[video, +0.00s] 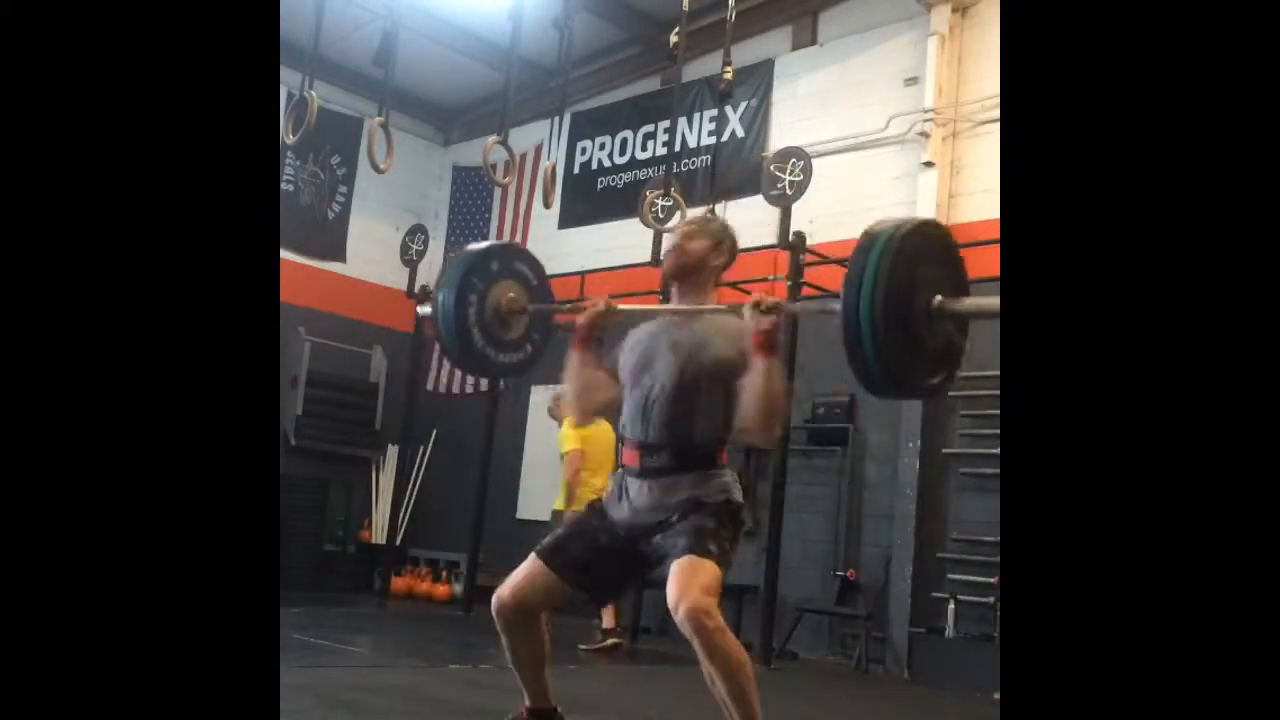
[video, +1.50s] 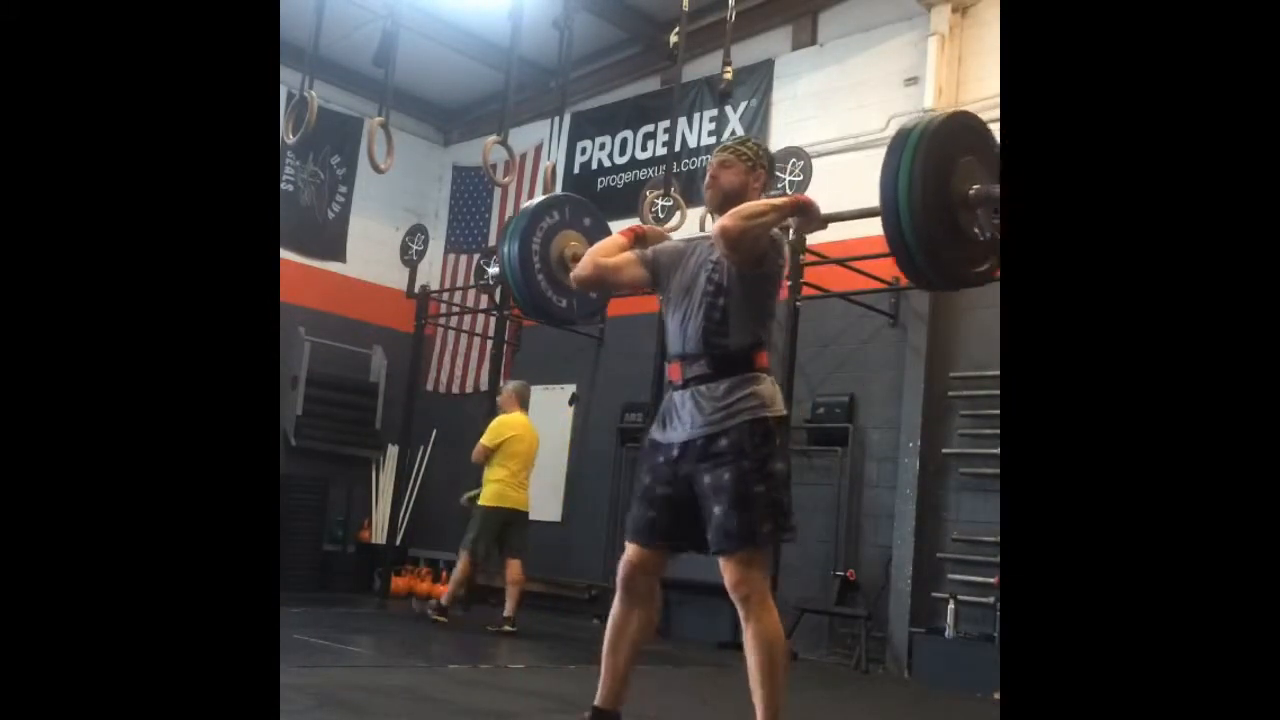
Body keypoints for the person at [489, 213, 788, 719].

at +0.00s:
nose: (672, 243)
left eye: (690, 234)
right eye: (673, 235)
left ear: (721, 255)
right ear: (666, 255)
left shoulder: (736, 329)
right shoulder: (641, 335)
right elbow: (581, 406)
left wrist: (765, 346)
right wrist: (583, 340)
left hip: (699, 499)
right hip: (625, 500)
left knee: (692, 609)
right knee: (511, 603)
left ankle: (749, 716)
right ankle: (539, 707)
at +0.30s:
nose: (677, 261)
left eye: (692, 251)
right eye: (675, 254)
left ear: (725, 263)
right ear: (672, 269)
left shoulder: (739, 337)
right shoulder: (647, 336)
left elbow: (695, 376)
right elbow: (566, 371)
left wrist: (750, 324)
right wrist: (594, 322)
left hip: (711, 496)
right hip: (639, 499)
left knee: (700, 605)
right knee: (522, 601)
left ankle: (752, 715)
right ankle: (541, 709)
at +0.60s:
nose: (709, 204)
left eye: (723, 195)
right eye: (709, 196)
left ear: (755, 208)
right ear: (705, 212)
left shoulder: (771, 268)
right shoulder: (676, 283)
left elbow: (729, 294)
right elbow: (587, 309)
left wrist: (779, 247)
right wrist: (622, 268)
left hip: (747, 439)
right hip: (678, 441)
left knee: (736, 585)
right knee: (597, 577)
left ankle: (762, 715)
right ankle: (566, 703)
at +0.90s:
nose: (723, 172)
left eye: (738, 164)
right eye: (721, 166)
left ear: (768, 183)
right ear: (717, 184)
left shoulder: (778, 241)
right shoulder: (693, 255)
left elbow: (748, 256)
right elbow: (606, 278)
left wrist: (798, 219)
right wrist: (641, 244)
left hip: (746, 415)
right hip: (685, 417)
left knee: (732, 573)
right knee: (676, 579)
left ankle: (768, 714)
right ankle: (701, 712)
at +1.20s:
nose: (728, 169)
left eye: (744, 161)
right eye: (726, 162)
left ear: (775, 180)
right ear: (721, 179)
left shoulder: (778, 239)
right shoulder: (696, 250)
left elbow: (749, 223)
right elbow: (603, 263)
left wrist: (808, 204)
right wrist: (649, 234)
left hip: (750, 420)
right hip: (686, 422)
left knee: (748, 579)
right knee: (681, 579)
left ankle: (768, 714)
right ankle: (702, 712)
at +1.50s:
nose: (711, 172)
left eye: (727, 164)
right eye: (711, 164)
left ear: (757, 180)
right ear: (707, 179)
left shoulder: (763, 246)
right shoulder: (679, 251)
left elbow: (729, 227)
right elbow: (584, 272)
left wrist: (792, 206)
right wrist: (633, 234)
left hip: (738, 422)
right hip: (673, 424)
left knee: (746, 585)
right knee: (634, 570)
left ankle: (768, 715)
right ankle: (604, 709)